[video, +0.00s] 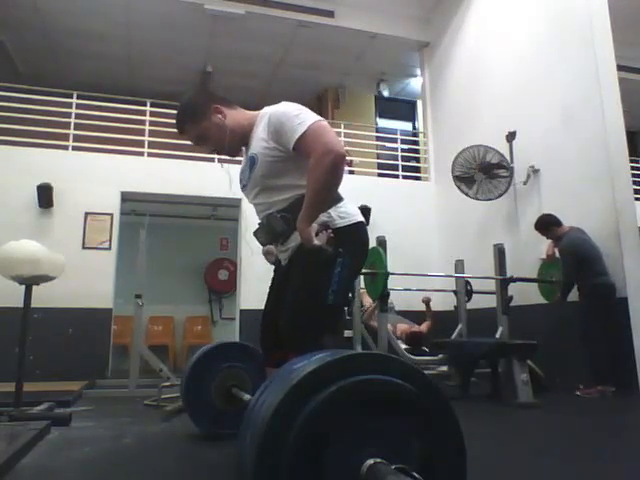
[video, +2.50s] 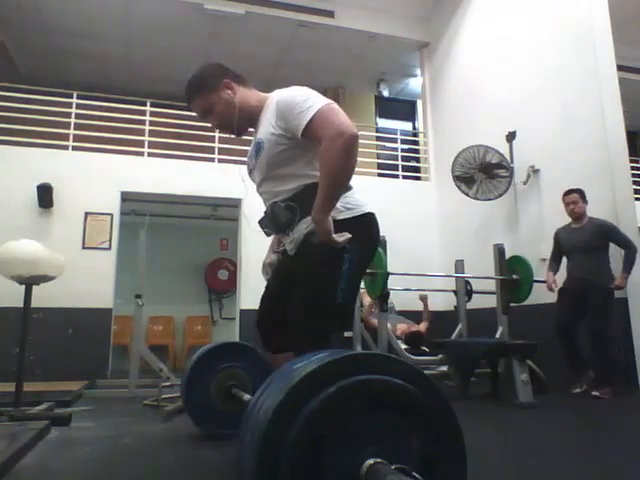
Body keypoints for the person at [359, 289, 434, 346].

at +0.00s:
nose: (412, 327)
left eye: (410, 331)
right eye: (415, 329)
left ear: (403, 339)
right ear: (417, 329)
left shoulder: (388, 333)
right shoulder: (421, 332)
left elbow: (366, 320)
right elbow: (429, 320)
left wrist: (378, 302)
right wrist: (427, 305)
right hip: (389, 313)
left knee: (363, 293)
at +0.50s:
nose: (414, 327)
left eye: (412, 331)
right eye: (416, 329)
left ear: (403, 338)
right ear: (418, 330)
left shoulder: (387, 330)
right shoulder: (422, 333)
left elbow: (367, 321)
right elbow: (432, 325)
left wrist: (378, 308)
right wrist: (431, 309)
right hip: (392, 314)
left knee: (365, 294)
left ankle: (362, 292)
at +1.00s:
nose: (411, 327)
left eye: (410, 330)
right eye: (414, 329)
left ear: (404, 339)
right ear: (420, 332)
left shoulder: (389, 333)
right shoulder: (423, 335)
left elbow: (367, 329)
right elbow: (434, 334)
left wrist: (376, 313)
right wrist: (433, 317)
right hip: (392, 314)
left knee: (364, 293)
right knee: (384, 297)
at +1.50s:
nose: (412, 327)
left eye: (410, 330)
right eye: (415, 329)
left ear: (403, 338)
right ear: (419, 331)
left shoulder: (388, 333)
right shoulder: (422, 334)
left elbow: (365, 326)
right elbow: (434, 331)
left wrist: (375, 309)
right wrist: (432, 313)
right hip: (392, 314)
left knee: (363, 293)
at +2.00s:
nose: (413, 327)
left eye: (411, 331)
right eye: (416, 330)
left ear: (402, 338)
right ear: (419, 332)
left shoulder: (388, 333)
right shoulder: (421, 334)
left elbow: (365, 327)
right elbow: (432, 332)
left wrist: (372, 309)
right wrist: (429, 314)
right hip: (393, 316)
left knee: (365, 295)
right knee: (385, 297)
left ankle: (362, 292)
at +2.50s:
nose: (413, 326)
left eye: (412, 329)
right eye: (415, 329)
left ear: (403, 336)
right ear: (418, 331)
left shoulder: (389, 331)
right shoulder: (421, 332)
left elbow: (366, 318)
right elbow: (426, 320)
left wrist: (370, 303)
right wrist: (425, 303)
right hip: (392, 316)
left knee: (365, 294)